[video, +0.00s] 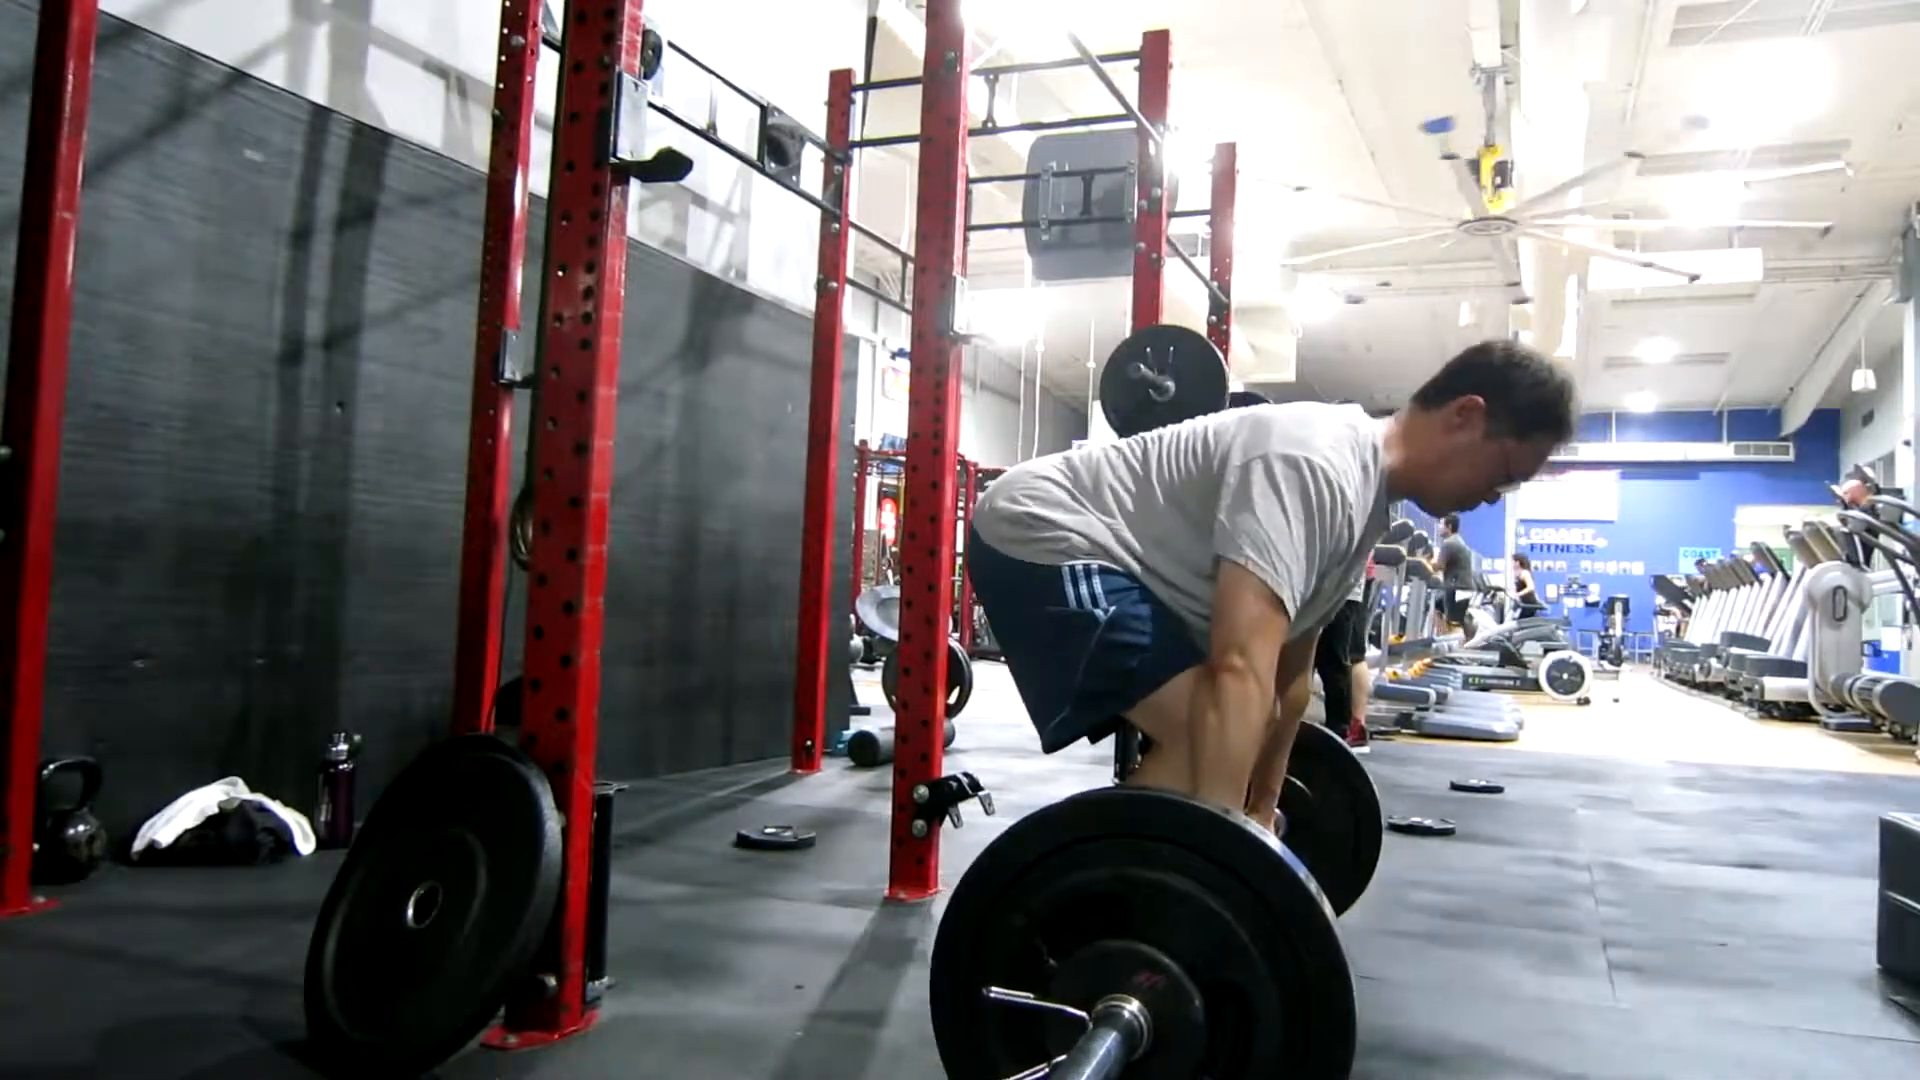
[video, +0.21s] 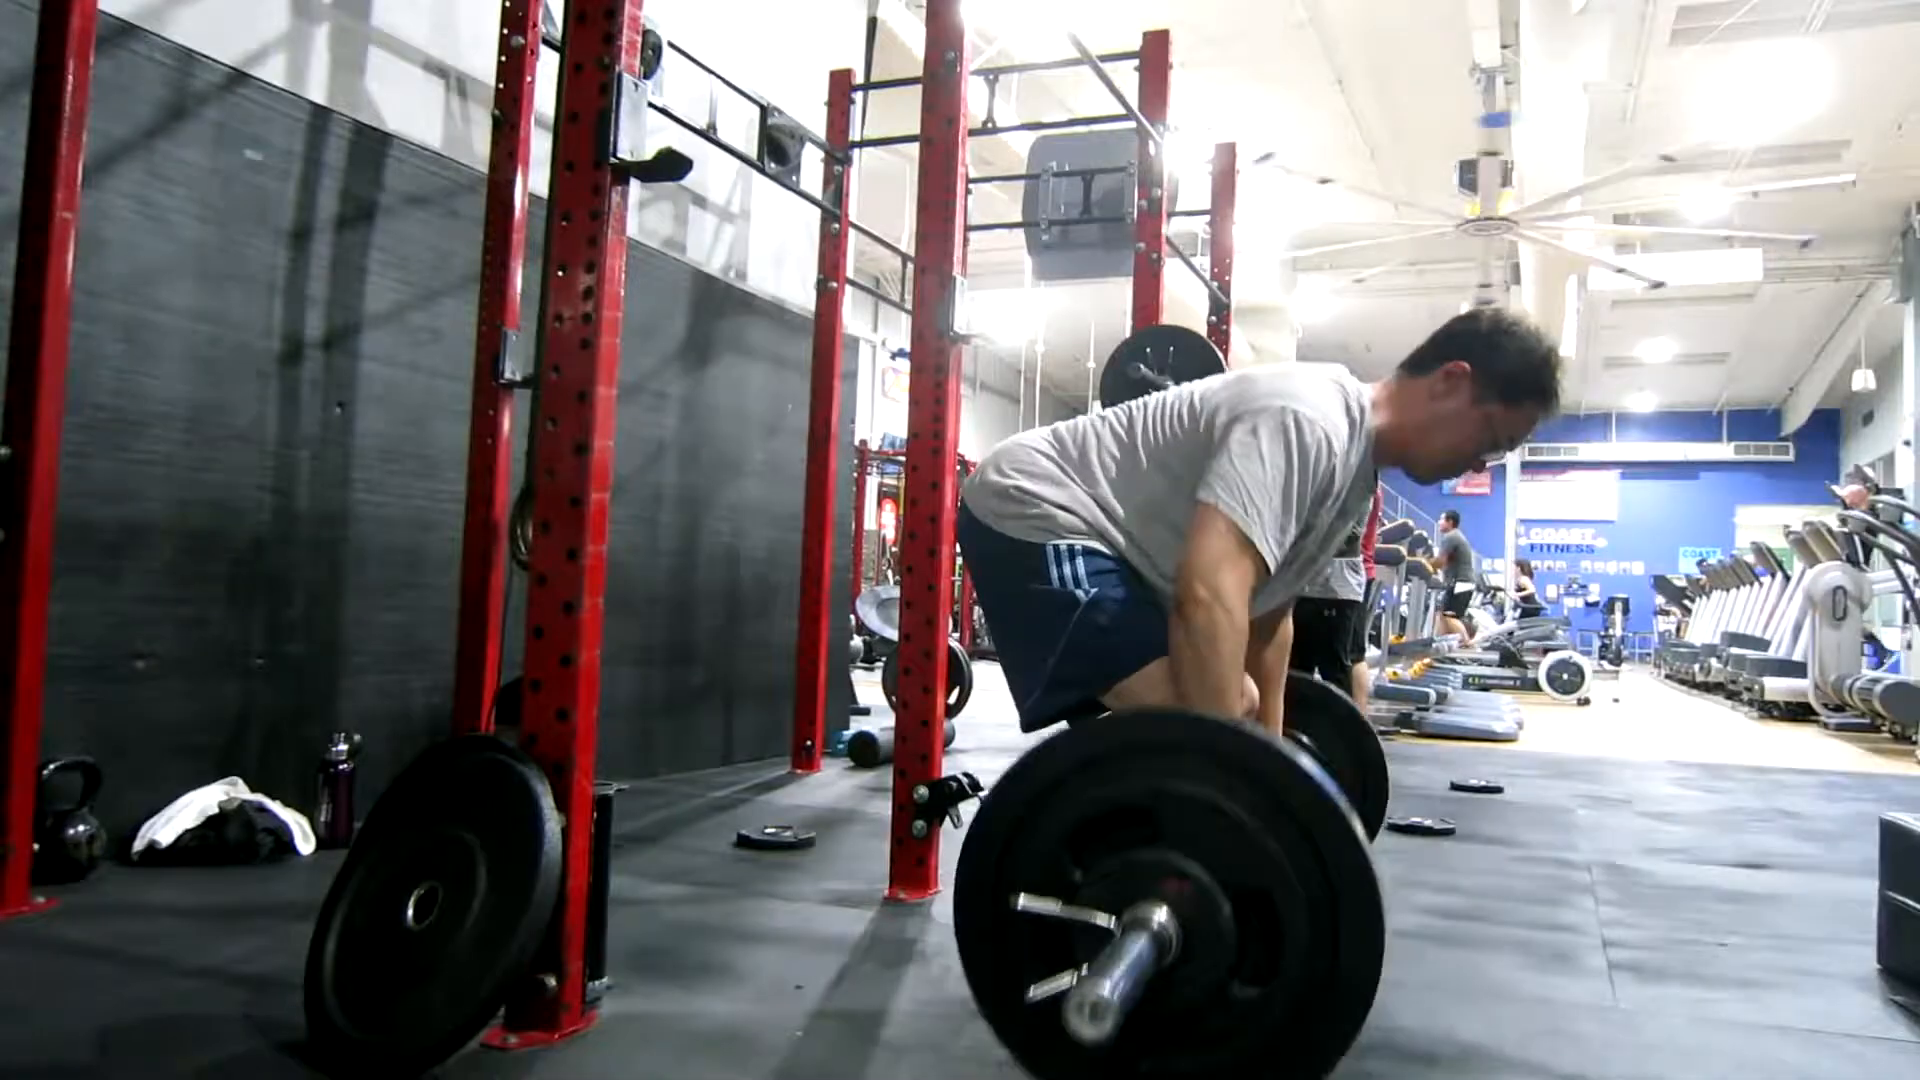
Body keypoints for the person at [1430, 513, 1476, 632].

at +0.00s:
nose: (1439, 527)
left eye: (1441, 524)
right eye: (1439, 524)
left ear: (1449, 526)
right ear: (1453, 527)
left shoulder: (1449, 543)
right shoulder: (1461, 542)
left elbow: (1439, 565)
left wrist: (1429, 563)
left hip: (1454, 587)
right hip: (1466, 586)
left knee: (1453, 621)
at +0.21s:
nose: (1439, 522)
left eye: (1442, 520)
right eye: (1440, 519)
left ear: (1450, 522)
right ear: (1451, 522)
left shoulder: (1450, 537)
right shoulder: (1457, 536)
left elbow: (1441, 560)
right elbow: (1446, 560)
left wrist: (1429, 563)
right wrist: (1434, 563)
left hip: (1460, 581)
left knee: (1450, 614)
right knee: (1443, 613)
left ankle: (1465, 641)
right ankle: (1442, 643)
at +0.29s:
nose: (1440, 526)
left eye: (1443, 523)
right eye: (1441, 523)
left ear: (1451, 526)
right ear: (1453, 526)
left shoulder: (1451, 541)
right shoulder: (1460, 540)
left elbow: (1443, 563)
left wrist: (1431, 562)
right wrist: (1437, 563)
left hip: (1457, 587)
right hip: (1467, 587)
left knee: (1441, 615)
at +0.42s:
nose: (1440, 527)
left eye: (1443, 524)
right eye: (1441, 524)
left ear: (1451, 526)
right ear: (1453, 527)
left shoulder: (1451, 541)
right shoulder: (1460, 541)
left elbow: (1443, 563)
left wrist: (1432, 563)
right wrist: (1437, 564)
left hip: (1455, 587)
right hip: (1468, 588)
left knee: (1439, 615)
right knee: (1463, 623)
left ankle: (1439, 645)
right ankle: (1468, 651)